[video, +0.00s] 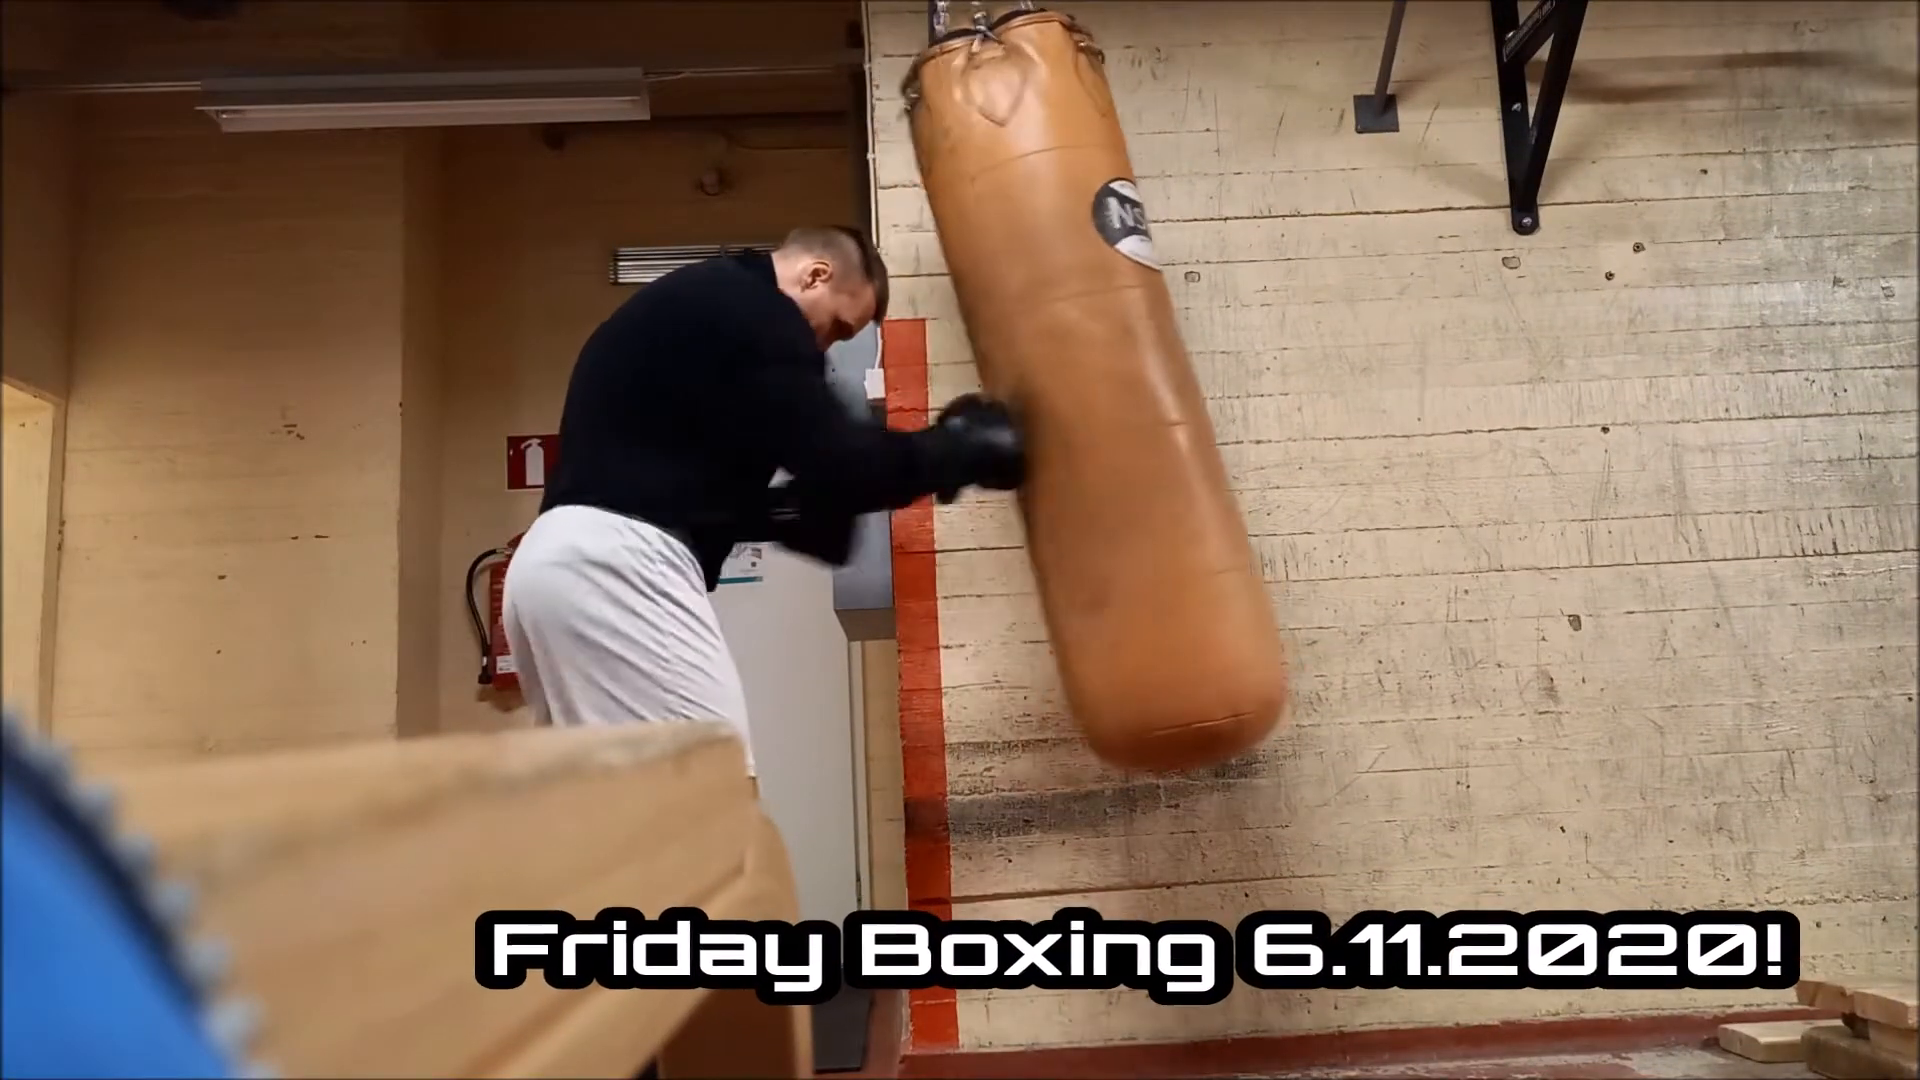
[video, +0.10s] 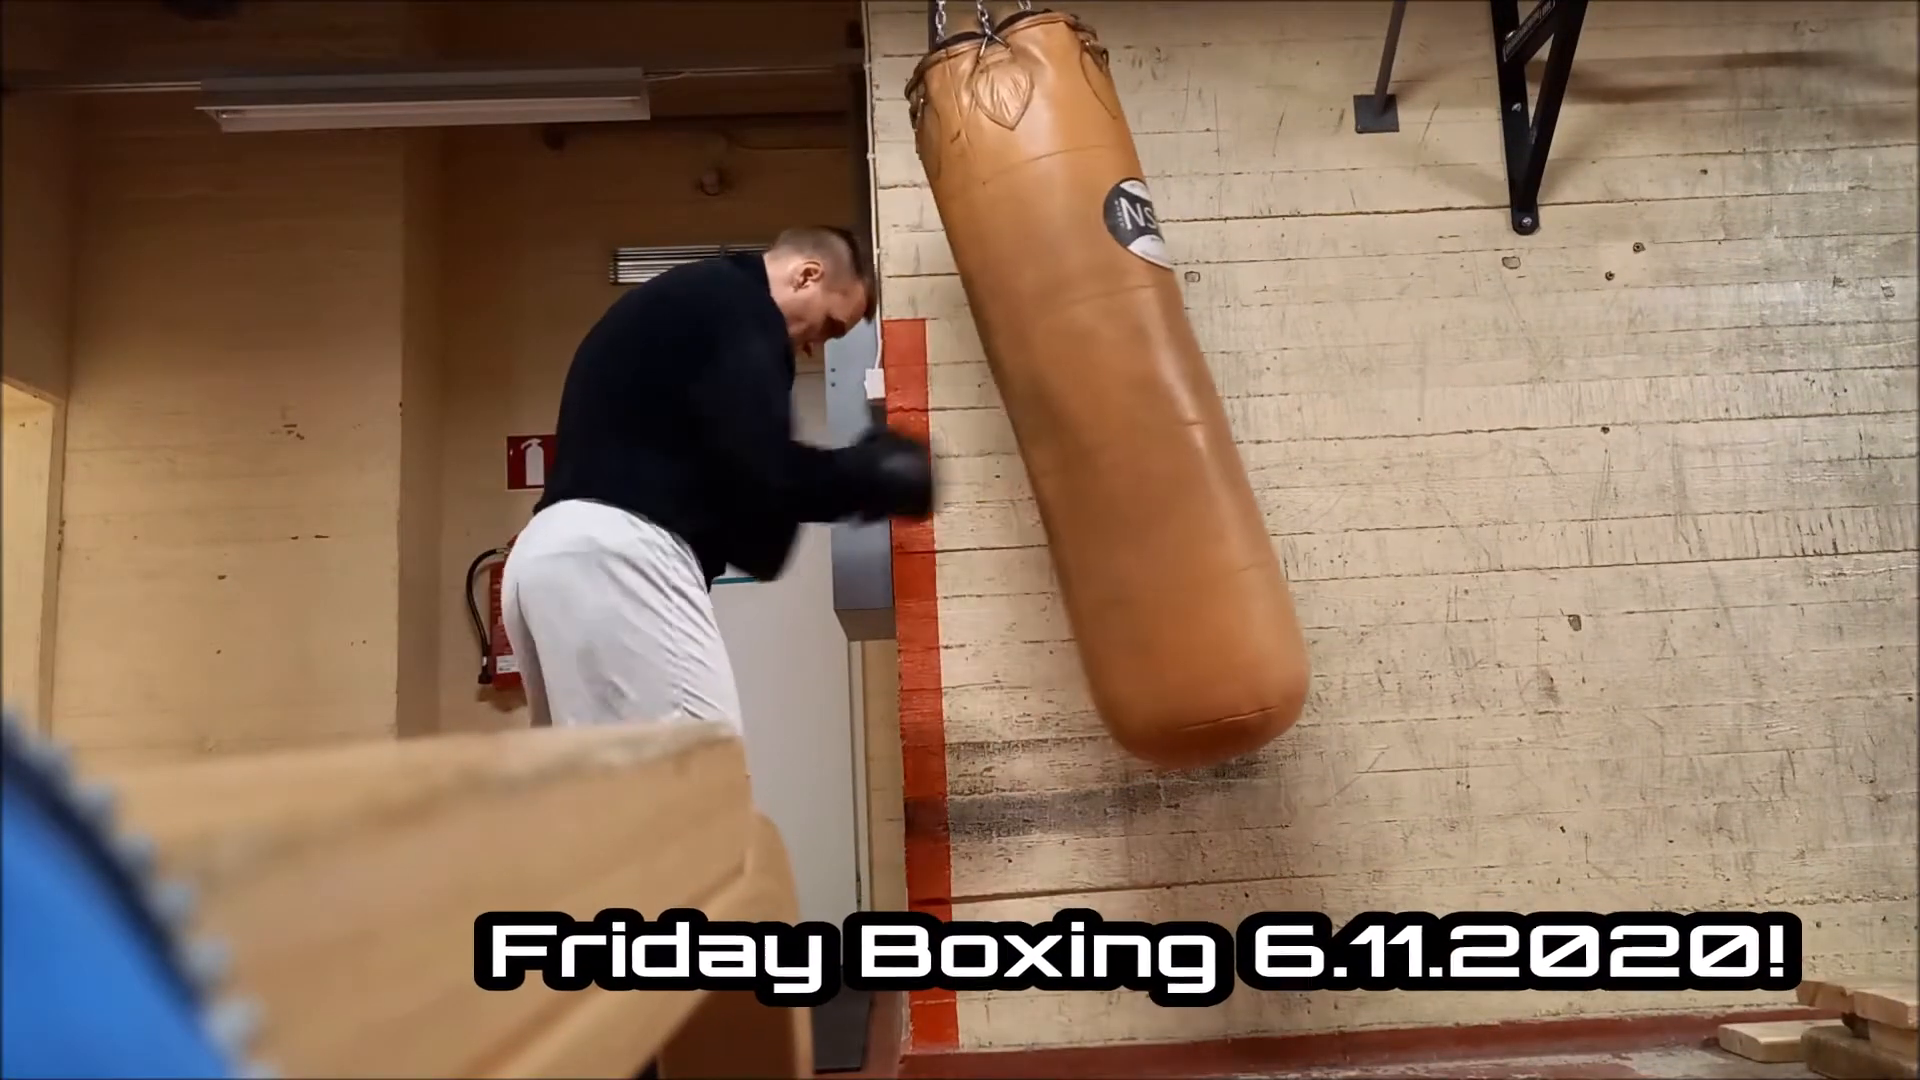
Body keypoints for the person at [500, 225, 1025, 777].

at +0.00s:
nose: (828, 346)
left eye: (842, 336)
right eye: (838, 326)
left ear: (804, 271)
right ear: (812, 274)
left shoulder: (693, 306)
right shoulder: (749, 309)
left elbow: (688, 502)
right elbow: (841, 462)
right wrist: (958, 451)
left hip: (554, 570)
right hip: (614, 567)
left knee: (624, 817)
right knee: (711, 810)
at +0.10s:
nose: (817, 347)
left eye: (832, 335)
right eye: (830, 325)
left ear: (801, 273)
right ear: (806, 276)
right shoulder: (737, 306)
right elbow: (758, 468)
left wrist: (853, 475)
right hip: (612, 555)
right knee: (703, 806)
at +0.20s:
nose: (808, 347)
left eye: (823, 337)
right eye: (820, 326)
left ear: (792, 275)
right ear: (796, 280)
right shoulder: (742, 310)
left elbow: (553, 449)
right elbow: (707, 459)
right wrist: (793, 502)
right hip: (612, 553)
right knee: (693, 801)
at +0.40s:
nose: (809, 344)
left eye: (824, 332)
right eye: (821, 321)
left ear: (796, 272)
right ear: (798, 274)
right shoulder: (724, 295)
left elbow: (562, 444)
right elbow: (705, 450)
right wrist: (786, 466)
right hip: (601, 563)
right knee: (675, 790)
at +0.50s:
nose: (818, 339)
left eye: (832, 328)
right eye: (829, 316)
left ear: (801, 268)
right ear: (803, 269)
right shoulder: (691, 291)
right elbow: (665, 442)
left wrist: (733, 570)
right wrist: (783, 427)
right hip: (594, 558)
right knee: (662, 789)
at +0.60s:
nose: (826, 339)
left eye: (839, 327)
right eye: (834, 315)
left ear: (801, 271)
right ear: (802, 269)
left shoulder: (747, 378)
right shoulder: (692, 292)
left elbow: (796, 514)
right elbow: (598, 417)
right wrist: (739, 450)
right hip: (603, 559)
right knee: (656, 810)